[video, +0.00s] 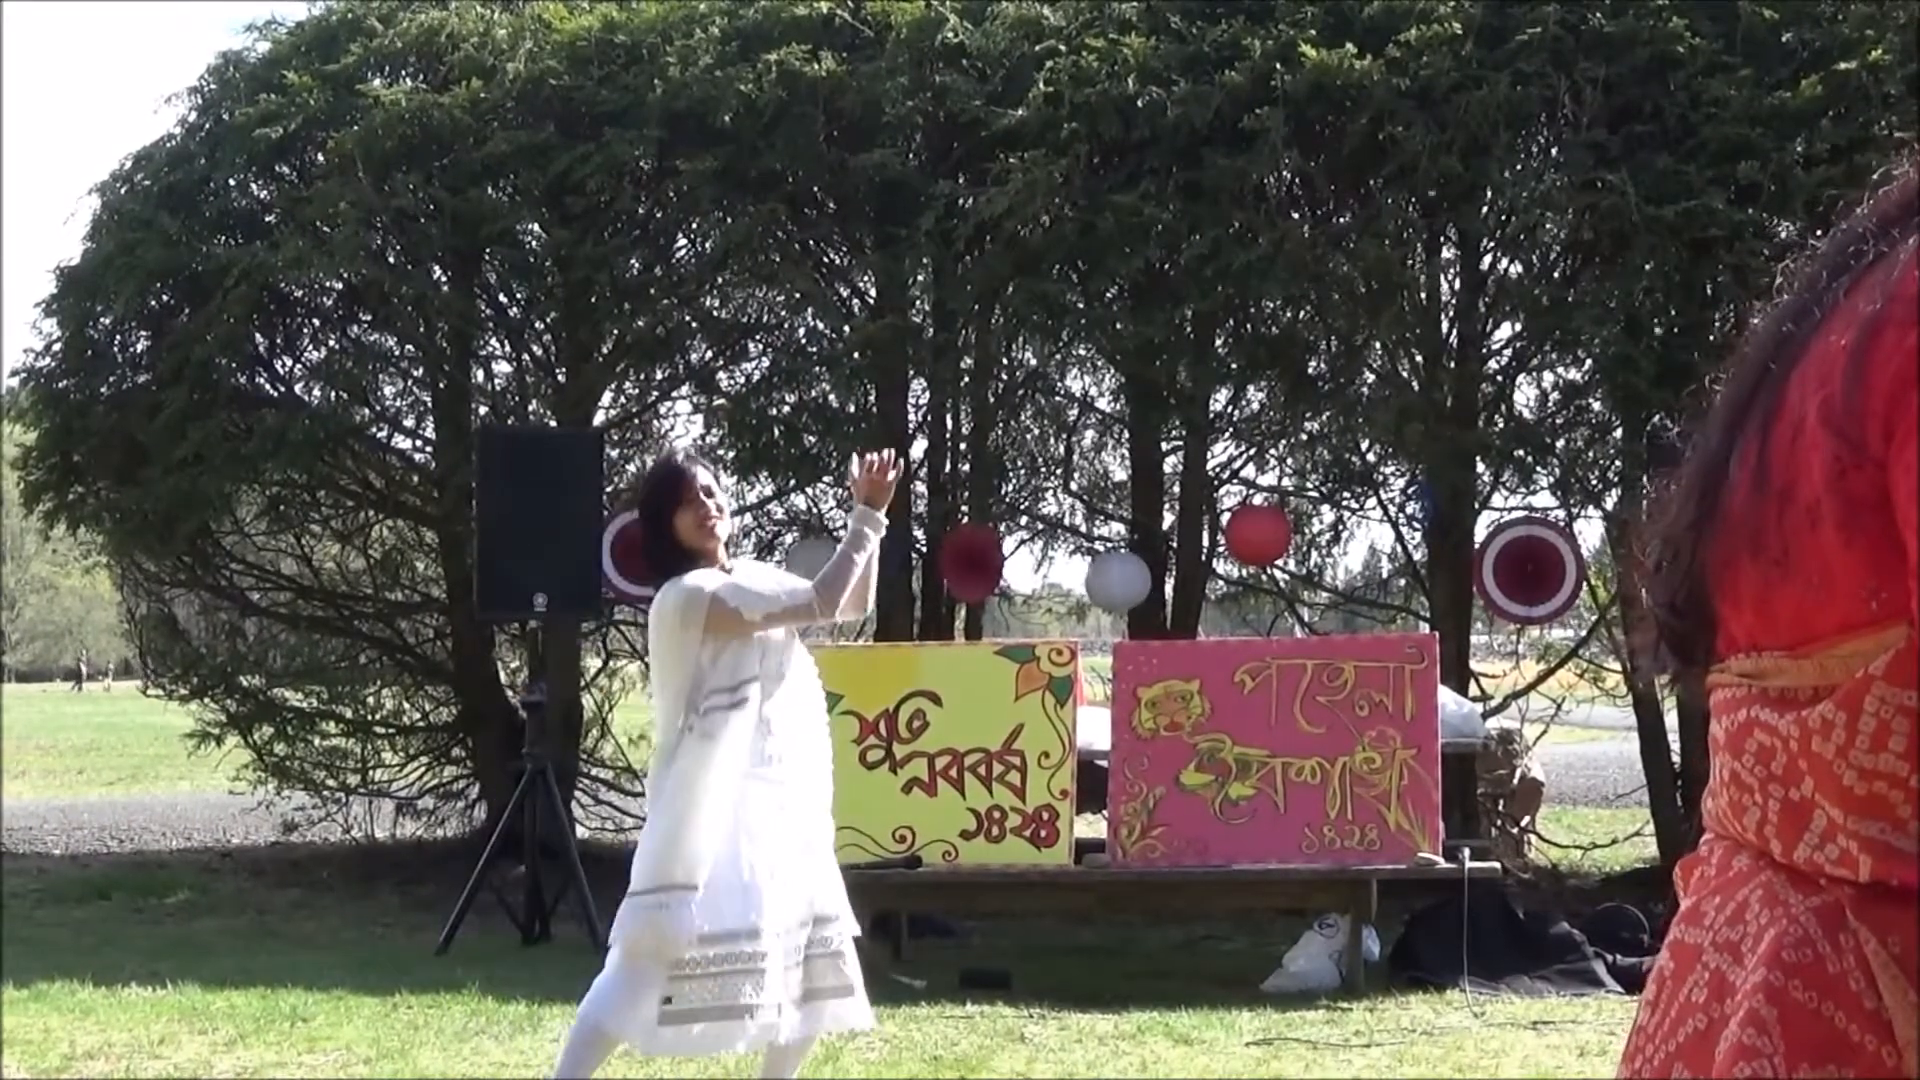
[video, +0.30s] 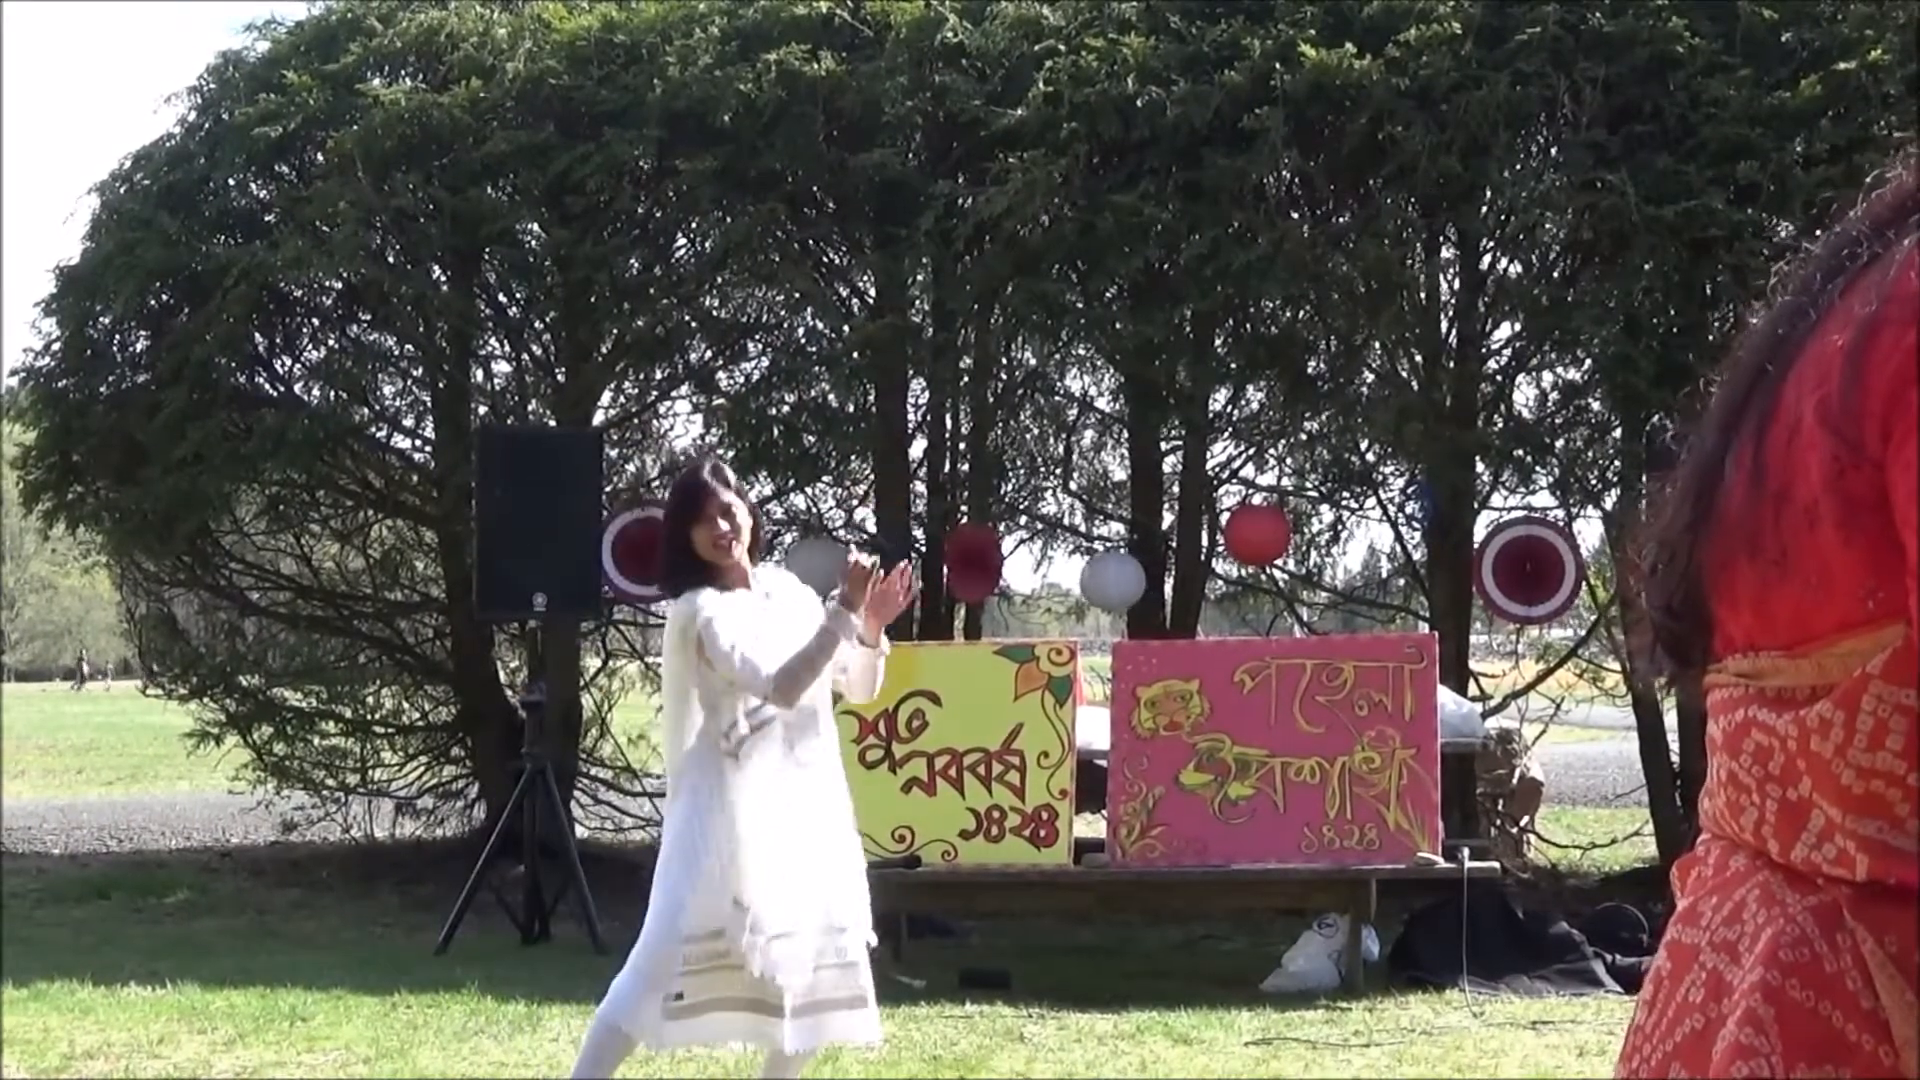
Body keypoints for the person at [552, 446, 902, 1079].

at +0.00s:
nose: (706, 507)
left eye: (710, 493)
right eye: (687, 502)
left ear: (725, 501)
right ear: (665, 522)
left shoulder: (751, 583)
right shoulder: (685, 596)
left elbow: (848, 606)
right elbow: (826, 601)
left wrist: (871, 517)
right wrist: (867, 513)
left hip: (779, 811)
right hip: (702, 813)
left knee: (821, 978)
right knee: (638, 966)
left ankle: (775, 1073)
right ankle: (566, 1072)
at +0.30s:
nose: (724, 527)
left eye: (731, 510)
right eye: (706, 519)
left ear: (751, 514)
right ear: (686, 536)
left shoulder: (790, 589)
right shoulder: (701, 610)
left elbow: (860, 689)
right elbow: (783, 688)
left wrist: (871, 628)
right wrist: (845, 608)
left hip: (801, 814)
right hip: (722, 820)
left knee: (813, 970)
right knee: (660, 961)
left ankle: (780, 1072)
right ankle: (585, 1074)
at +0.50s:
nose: (719, 522)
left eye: (730, 505)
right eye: (703, 513)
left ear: (757, 507)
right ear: (689, 526)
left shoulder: (803, 580)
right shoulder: (691, 604)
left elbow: (808, 704)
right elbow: (687, 722)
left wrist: (845, 697)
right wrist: (779, 681)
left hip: (802, 817)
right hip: (715, 820)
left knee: (810, 983)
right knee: (647, 972)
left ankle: (774, 1073)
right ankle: (582, 1074)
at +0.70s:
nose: (710, 515)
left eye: (722, 499)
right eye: (695, 505)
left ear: (751, 498)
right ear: (681, 515)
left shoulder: (806, 576)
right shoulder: (673, 594)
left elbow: (842, 660)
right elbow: (632, 702)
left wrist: (838, 695)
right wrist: (684, 712)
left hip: (791, 806)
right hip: (698, 809)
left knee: (794, 974)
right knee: (643, 962)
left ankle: (769, 1075)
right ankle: (579, 1073)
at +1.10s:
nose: (675, 493)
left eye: (687, 479)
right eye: (660, 481)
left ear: (709, 486)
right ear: (639, 492)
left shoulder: (754, 567)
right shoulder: (605, 579)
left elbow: (833, 640)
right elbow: (536, 668)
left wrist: (830, 711)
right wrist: (580, 688)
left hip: (733, 796)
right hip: (629, 799)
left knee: (747, 962)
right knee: (597, 965)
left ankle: (754, 1075)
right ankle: (564, 1073)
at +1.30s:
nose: (640, 503)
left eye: (651, 488)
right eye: (625, 490)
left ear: (667, 495)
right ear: (599, 498)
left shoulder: (702, 579)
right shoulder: (552, 588)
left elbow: (725, 684)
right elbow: (525, 701)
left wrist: (771, 745)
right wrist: (554, 691)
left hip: (686, 808)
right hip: (579, 811)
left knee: (716, 974)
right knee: (565, 978)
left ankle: (746, 1075)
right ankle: (555, 1076)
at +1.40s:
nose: (618, 510)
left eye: (629, 496)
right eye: (603, 497)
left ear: (645, 502)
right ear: (576, 503)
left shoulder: (675, 583)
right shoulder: (533, 590)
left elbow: (695, 705)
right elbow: (504, 705)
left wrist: (744, 741)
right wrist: (554, 681)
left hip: (664, 813)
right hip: (562, 815)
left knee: (697, 976)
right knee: (559, 984)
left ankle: (704, 1073)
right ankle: (553, 1075)